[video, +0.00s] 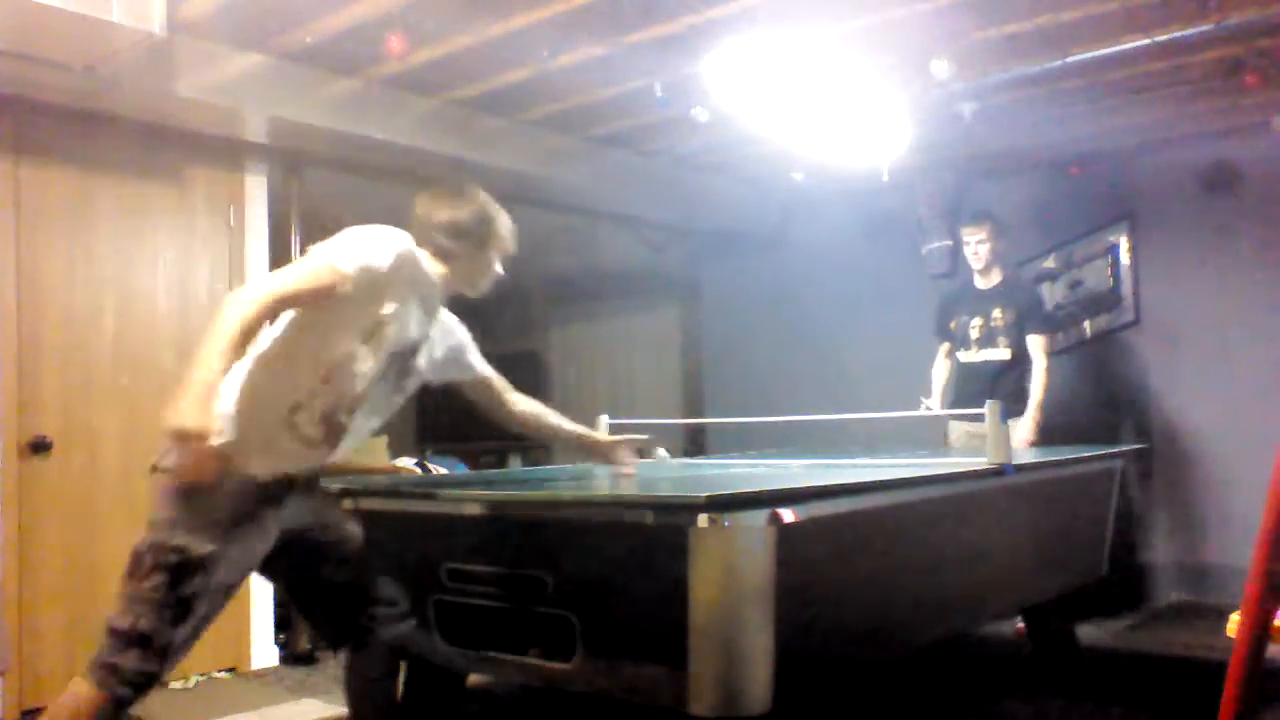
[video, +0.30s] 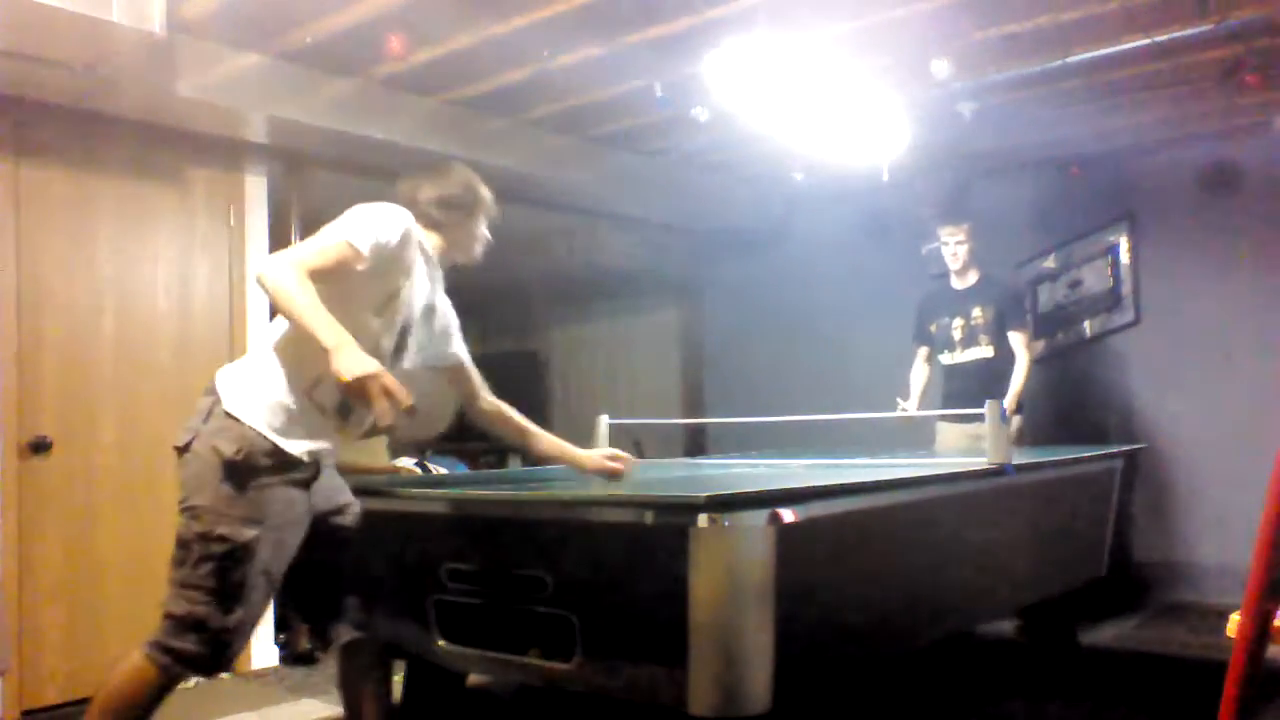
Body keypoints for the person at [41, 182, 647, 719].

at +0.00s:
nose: (500, 273)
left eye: (503, 261)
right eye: (496, 257)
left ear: (462, 250)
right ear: (463, 240)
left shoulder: (442, 333)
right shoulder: (388, 253)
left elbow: (509, 406)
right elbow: (251, 300)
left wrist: (600, 442)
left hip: (298, 491)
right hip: (224, 476)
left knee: (382, 632)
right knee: (126, 671)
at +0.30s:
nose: (487, 239)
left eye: (489, 228)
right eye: (483, 223)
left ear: (445, 216)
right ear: (449, 209)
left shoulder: (434, 308)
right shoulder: (389, 227)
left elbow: (484, 406)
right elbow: (279, 272)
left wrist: (579, 456)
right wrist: (344, 346)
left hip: (310, 463)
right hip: (246, 441)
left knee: (368, 622)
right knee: (190, 641)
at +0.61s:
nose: (379, 172)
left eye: (374, 161)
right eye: (365, 157)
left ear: (352, 180)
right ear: (329, 164)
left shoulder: (365, 264)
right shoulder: (276, 212)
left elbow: (477, 273)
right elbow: (174, 281)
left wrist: (588, 264)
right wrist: (282, 352)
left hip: (265, 461)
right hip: (195, 450)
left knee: (328, 641)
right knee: (201, 649)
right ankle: (106, 718)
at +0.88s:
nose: (248, 165)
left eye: (244, 152)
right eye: (238, 152)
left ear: (193, 160)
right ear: (207, 158)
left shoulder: (225, 261)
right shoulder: (125, 217)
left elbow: (220, 379)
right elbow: (40, 324)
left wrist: (264, 354)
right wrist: (134, 403)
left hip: (193, 460)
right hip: (116, 458)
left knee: (262, 623)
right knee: (136, 643)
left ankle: (306, 717)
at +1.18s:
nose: (190, 148)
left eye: (186, 136)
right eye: (178, 135)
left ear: (143, 143)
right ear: (143, 141)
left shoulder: (161, 239)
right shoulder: (54, 208)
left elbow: (144, 338)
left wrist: (176, 358)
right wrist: (36, 384)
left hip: (141, 440)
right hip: (71, 437)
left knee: (169, 611)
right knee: (75, 632)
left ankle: (113, 717)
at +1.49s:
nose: (180, 166)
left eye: (179, 153)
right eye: (171, 152)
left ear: (145, 157)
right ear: (136, 153)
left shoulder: (151, 252)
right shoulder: (58, 225)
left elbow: (140, 350)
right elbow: (6, 327)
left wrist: (185, 362)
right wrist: (96, 380)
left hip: (110, 438)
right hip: (51, 431)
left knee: (84, 595)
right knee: (59, 602)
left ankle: (71, 711)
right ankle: (34, 718)